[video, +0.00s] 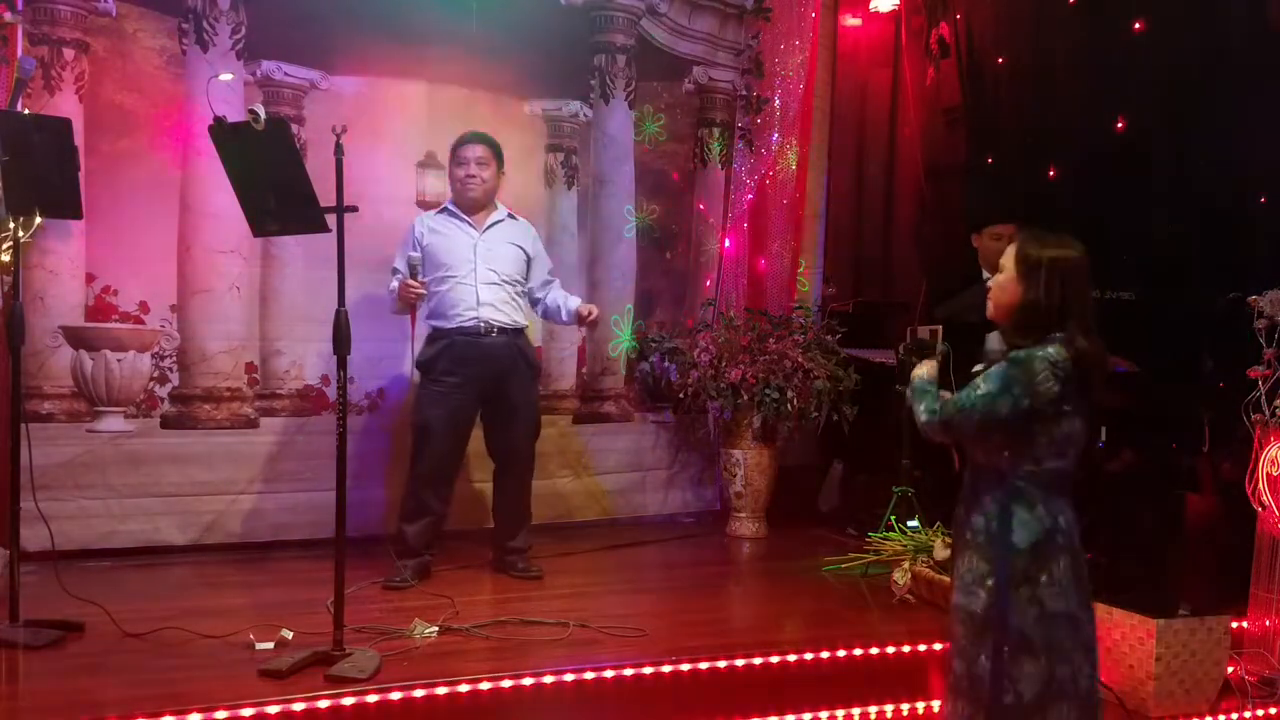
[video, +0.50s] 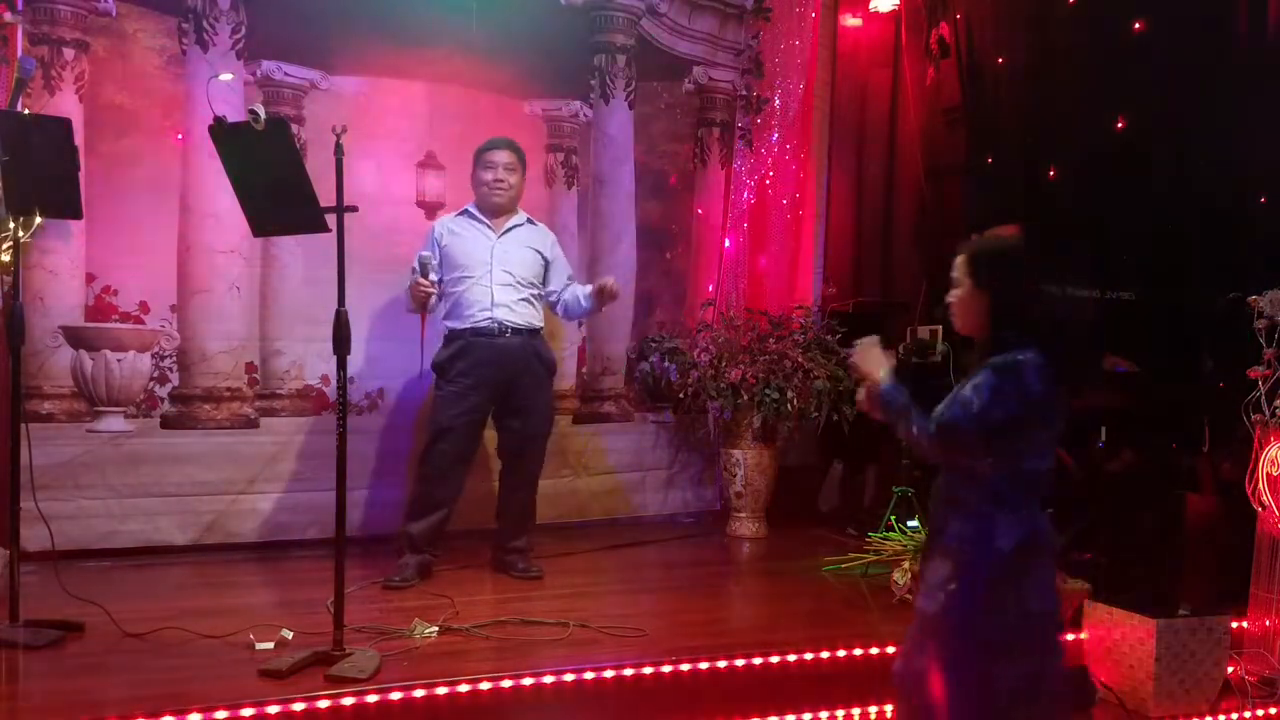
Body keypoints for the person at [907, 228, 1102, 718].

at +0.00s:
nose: (990, 282)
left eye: (1003, 275)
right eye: (996, 273)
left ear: (1037, 291)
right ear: (1043, 294)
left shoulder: (1030, 369)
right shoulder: (1064, 362)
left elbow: (938, 418)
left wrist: (921, 381)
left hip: (1010, 529)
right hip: (1046, 522)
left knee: (1004, 655)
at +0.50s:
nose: (949, 298)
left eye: (958, 286)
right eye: (952, 286)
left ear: (994, 293)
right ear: (994, 296)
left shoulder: (1009, 373)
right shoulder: (1019, 368)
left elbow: (935, 441)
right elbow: (949, 438)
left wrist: (885, 379)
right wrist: (891, 411)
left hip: (984, 560)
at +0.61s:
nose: (928, 299)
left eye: (937, 286)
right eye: (930, 286)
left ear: (972, 295)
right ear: (972, 298)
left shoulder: (995, 380)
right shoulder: (973, 374)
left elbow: (929, 450)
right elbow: (922, 442)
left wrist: (862, 417)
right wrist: (861, 412)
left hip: (978, 574)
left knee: (980, 696)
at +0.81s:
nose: (876, 298)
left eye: (885, 288)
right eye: (880, 287)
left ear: (913, 299)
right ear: (940, 299)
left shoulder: (922, 380)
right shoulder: (966, 369)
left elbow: (871, 456)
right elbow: (881, 441)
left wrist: (813, 444)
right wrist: (819, 418)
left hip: (912, 555)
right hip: (960, 546)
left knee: (891, 675)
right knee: (965, 666)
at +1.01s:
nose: (821, 302)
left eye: (829, 291)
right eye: (825, 290)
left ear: (853, 303)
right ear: (888, 302)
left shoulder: (855, 386)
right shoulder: (918, 374)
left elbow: (784, 447)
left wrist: (744, 423)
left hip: (860, 555)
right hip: (912, 545)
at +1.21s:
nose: (769, 301)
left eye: (776, 291)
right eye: (773, 289)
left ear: (790, 301)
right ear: (837, 301)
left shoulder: (782, 377)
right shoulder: (851, 371)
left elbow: (705, 426)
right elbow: (807, 452)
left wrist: (683, 397)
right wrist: (738, 456)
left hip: (787, 537)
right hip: (845, 531)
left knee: (770, 649)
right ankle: (894, 708)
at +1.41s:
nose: (715, 295)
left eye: (721, 284)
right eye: (719, 283)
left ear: (736, 293)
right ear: (783, 292)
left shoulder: (736, 369)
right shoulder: (807, 361)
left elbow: (674, 440)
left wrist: (646, 429)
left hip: (751, 532)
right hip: (810, 527)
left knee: (708, 646)